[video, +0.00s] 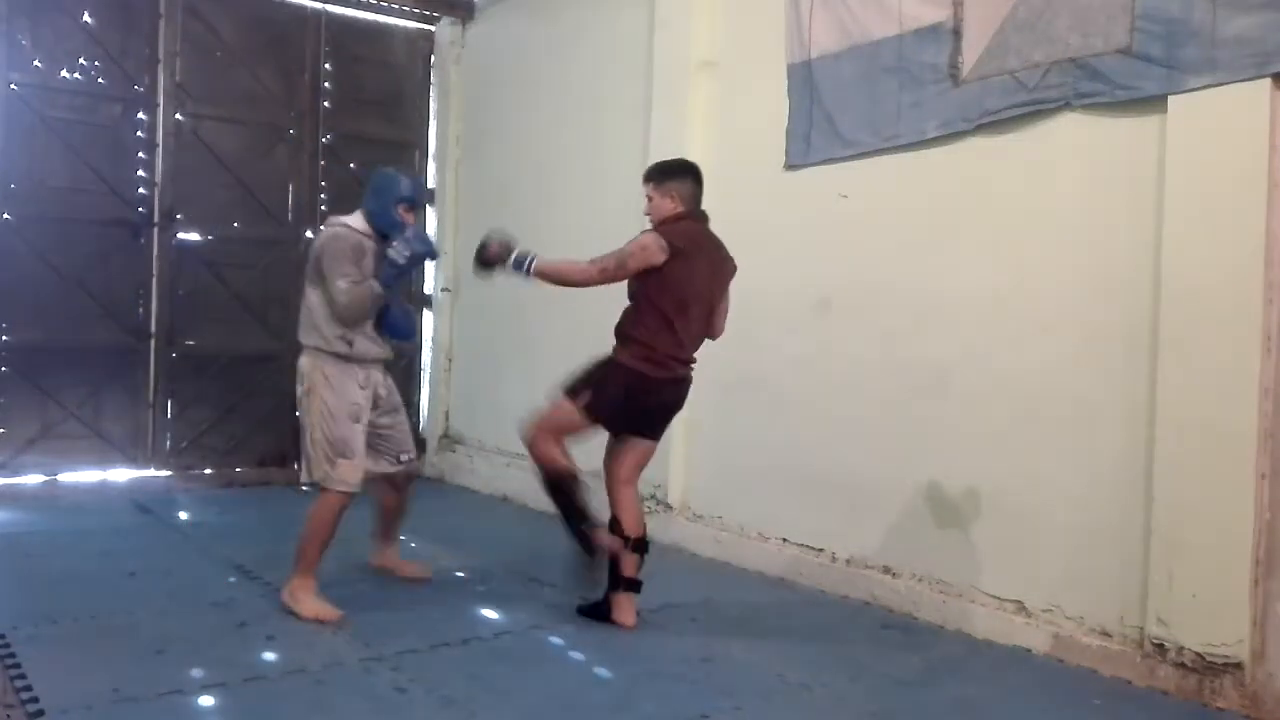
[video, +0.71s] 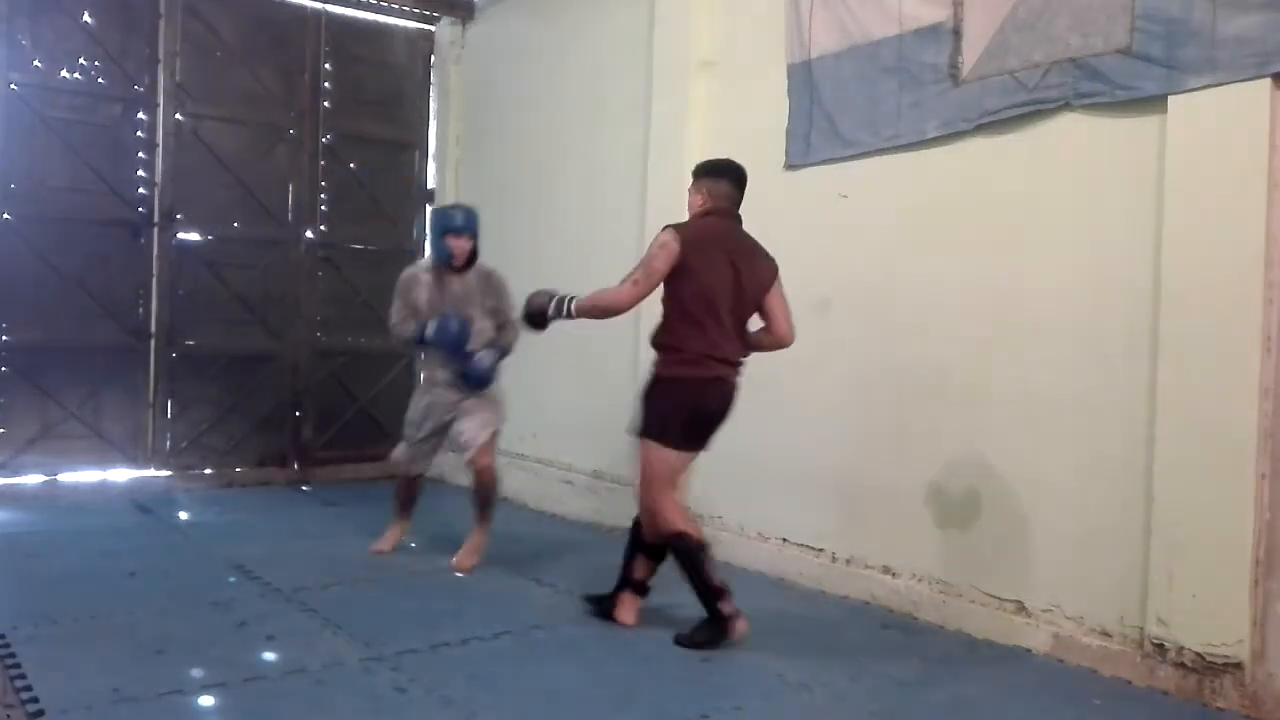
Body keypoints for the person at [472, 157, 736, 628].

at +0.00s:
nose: (647, 206)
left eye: (651, 198)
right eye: (648, 198)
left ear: (672, 198)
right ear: (692, 199)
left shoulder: (661, 239)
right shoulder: (719, 254)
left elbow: (593, 272)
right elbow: (714, 328)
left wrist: (519, 260)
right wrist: (665, 300)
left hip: (630, 372)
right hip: (671, 383)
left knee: (542, 434)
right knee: (624, 477)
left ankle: (589, 535)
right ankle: (623, 601)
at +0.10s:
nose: (658, 204)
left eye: (662, 196)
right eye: (659, 195)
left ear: (684, 195)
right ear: (702, 197)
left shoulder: (667, 234)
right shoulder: (730, 257)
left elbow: (604, 277)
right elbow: (710, 328)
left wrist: (522, 303)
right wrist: (651, 315)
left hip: (620, 354)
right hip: (664, 379)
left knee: (515, 358)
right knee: (624, 477)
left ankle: (491, 466)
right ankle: (621, 602)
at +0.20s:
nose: (663, 204)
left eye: (667, 197)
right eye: (664, 196)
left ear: (687, 199)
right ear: (709, 202)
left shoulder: (665, 239)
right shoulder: (735, 265)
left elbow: (623, 294)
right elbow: (703, 330)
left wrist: (565, 346)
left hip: (605, 346)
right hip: (650, 381)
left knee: (513, 324)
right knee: (617, 479)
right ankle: (618, 600)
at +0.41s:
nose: (672, 205)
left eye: (677, 198)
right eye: (674, 197)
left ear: (696, 200)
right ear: (717, 203)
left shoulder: (678, 238)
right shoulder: (736, 263)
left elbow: (650, 301)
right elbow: (725, 343)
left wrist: (599, 363)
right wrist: (668, 317)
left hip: (621, 351)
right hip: (661, 381)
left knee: (514, 355)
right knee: (622, 479)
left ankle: (435, 392)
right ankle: (619, 602)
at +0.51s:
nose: (679, 203)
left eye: (683, 195)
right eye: (681, 195)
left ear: (699, 197)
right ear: (726, 201)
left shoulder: (681, 233)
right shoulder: (748, 262)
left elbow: (649, 292)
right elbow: (745, 343)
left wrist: (581, 342)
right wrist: (689, 328)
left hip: (627, 363)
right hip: (674, 388)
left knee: (530, 390)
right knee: (635, 481)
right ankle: (621, 601)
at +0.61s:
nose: (686, 201)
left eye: (690, 193)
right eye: (690, 193)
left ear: (701, 196)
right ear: (733, 200)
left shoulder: (680, 233)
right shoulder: (754, 260)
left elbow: (632, 292)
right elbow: (767, 340)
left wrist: (561, 322)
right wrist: (715, 338)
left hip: (648, 372)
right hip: (696, 387)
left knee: (579, 450)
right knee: (647, 481)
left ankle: (623, 553)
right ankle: (624, 603)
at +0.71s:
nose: (687, 202)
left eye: (690, 195)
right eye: (690, 195)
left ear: (702, 198)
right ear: (735, 202)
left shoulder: (679, 238)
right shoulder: (758, 257)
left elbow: (621, 300)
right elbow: (782, 335)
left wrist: (561, 305)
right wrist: (734, 341)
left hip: (677, 383)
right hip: (717, 388)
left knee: (658, 500)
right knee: (658, 495)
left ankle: (723, 612)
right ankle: (626, 601)